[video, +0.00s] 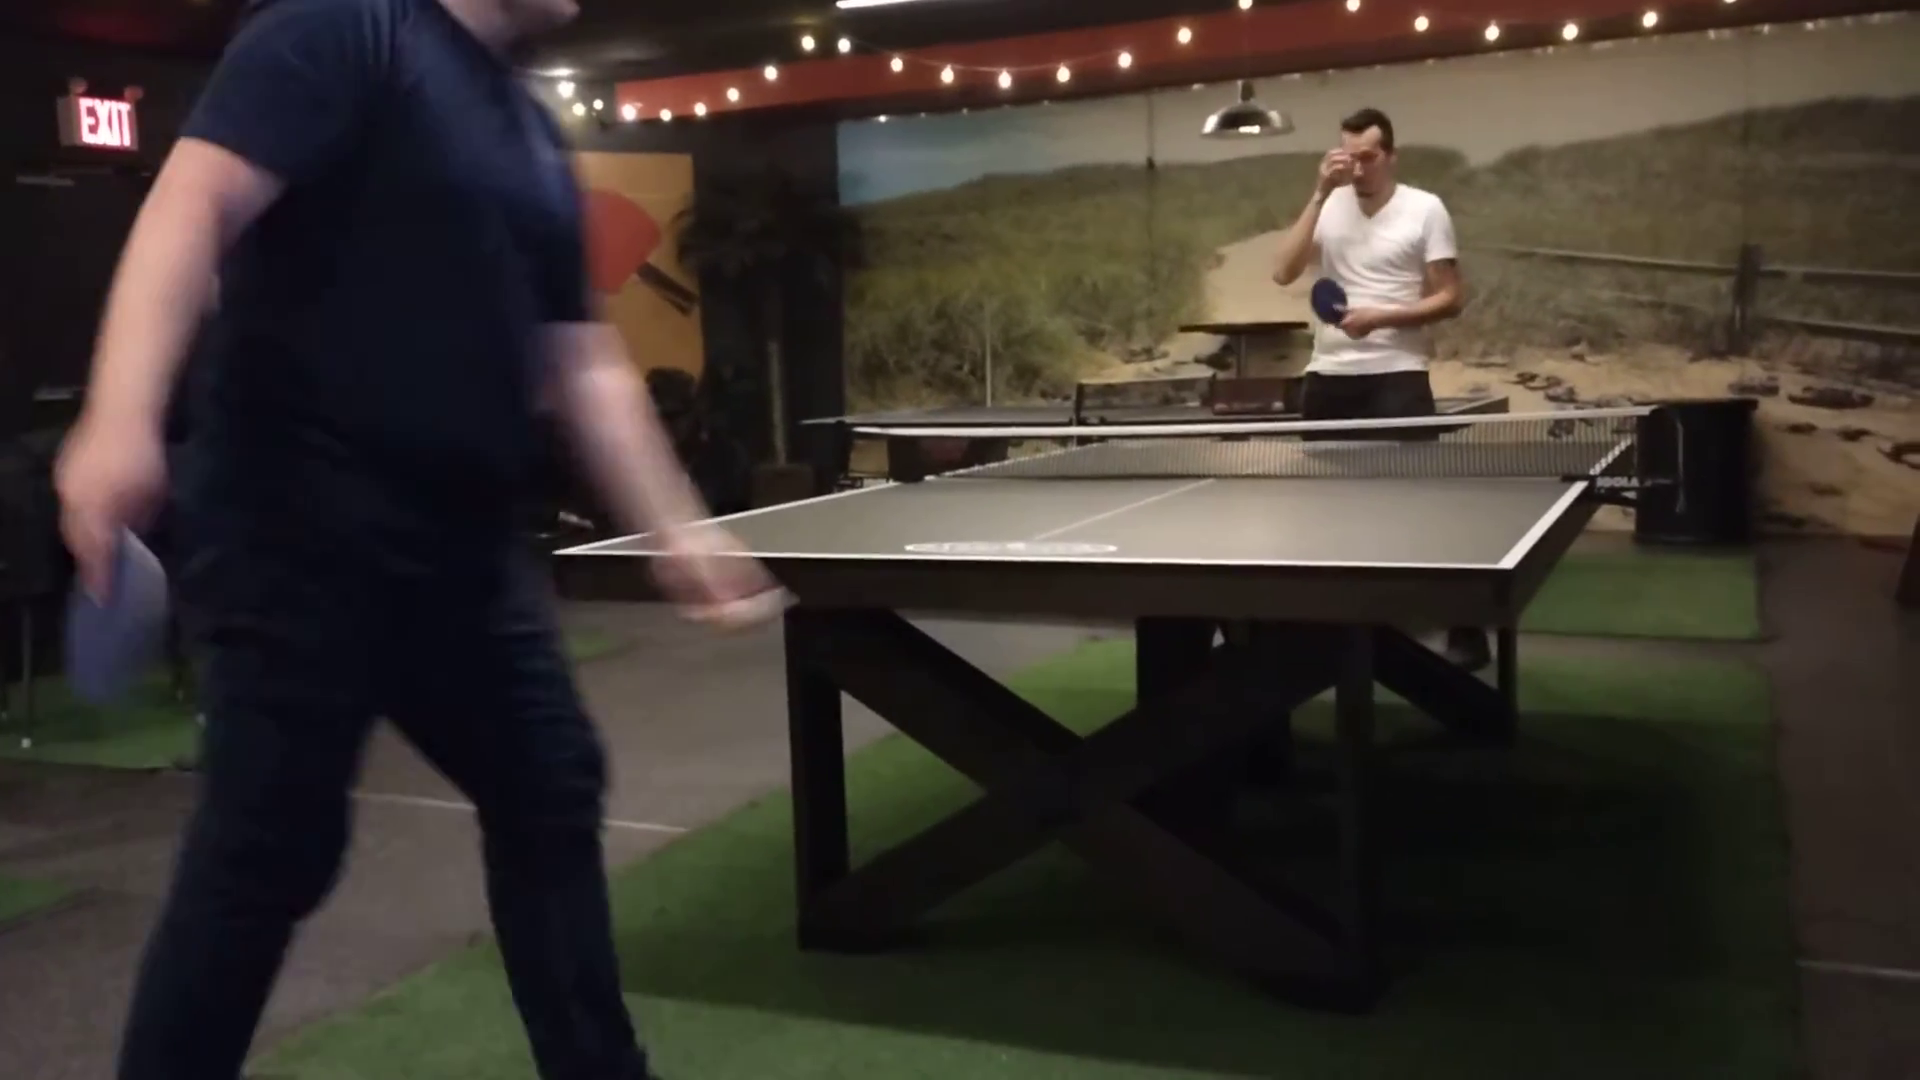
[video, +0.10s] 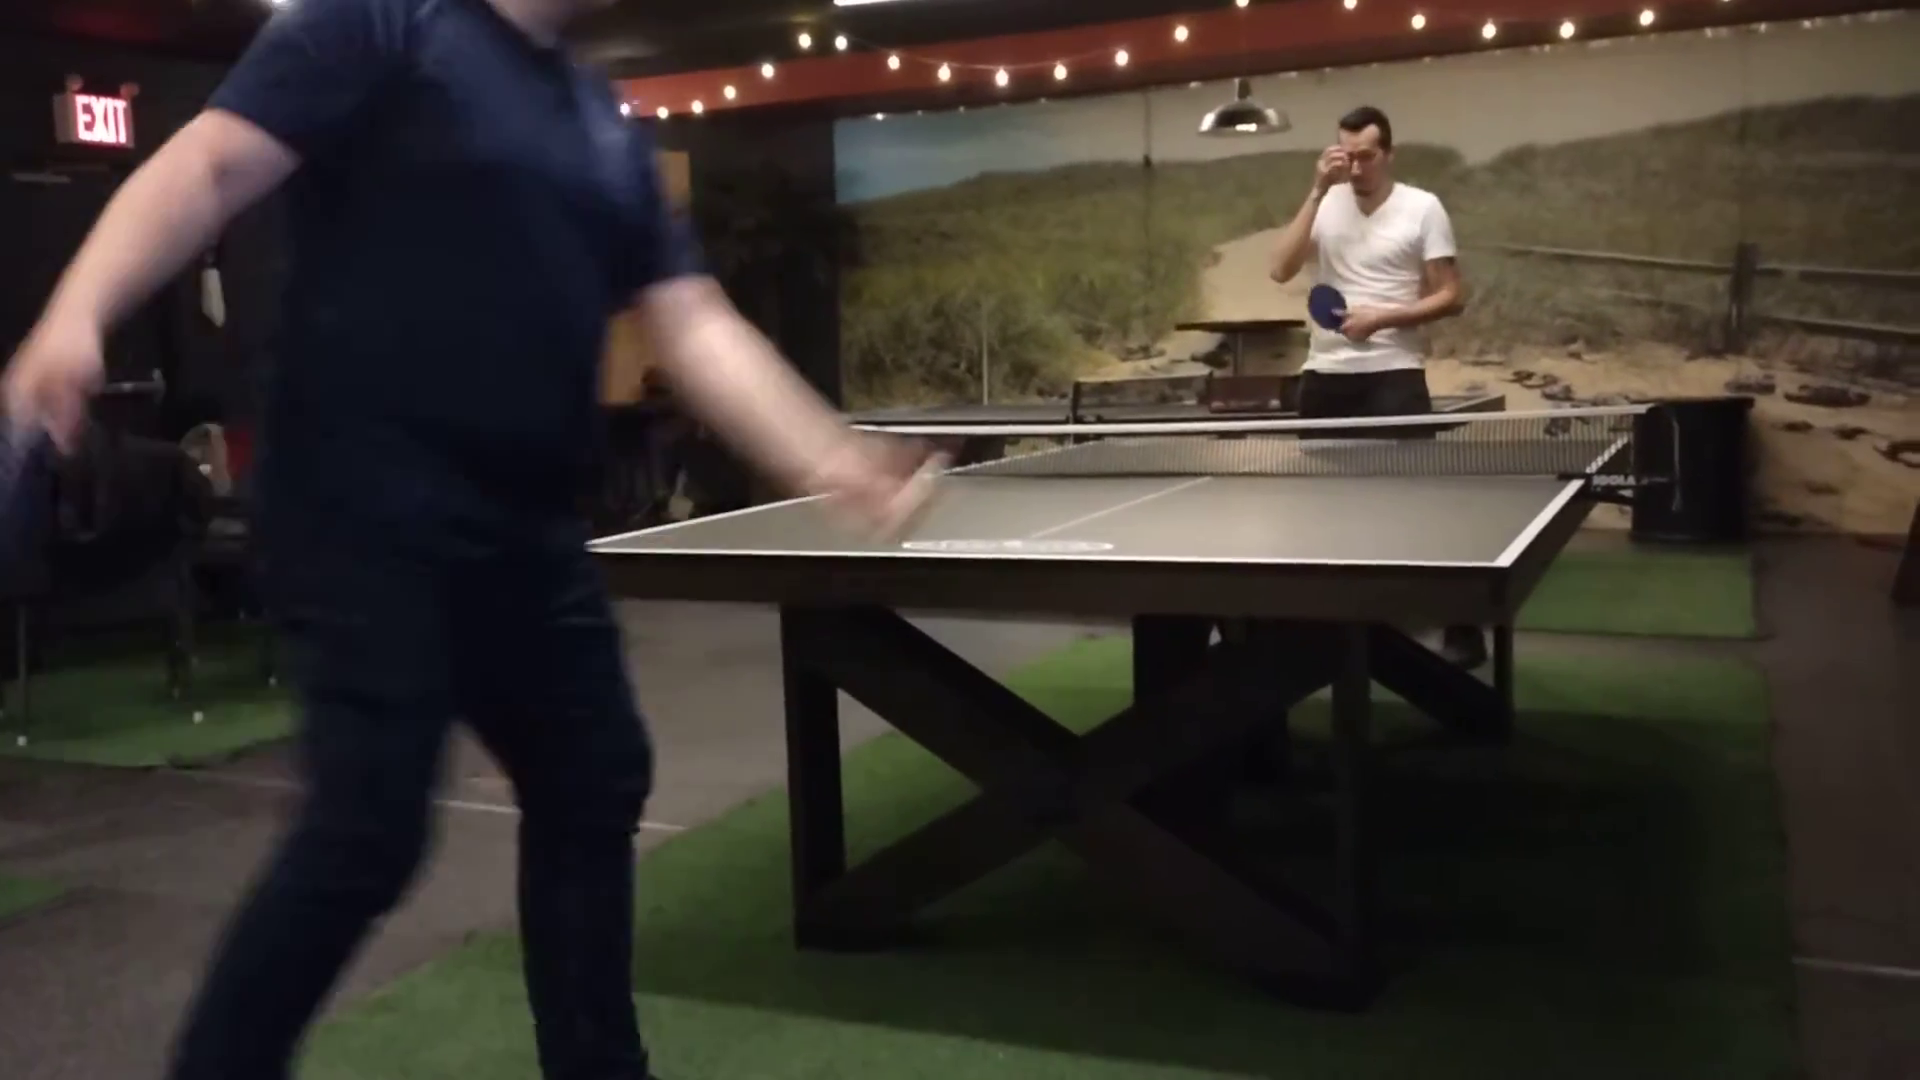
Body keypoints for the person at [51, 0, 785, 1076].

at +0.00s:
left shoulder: (525, 125)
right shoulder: (339, 32)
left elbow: (584, 356)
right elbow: (191, 201)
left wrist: (677, 527)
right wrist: (119, 420)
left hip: (454, 556)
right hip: (289, 541)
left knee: (547, 787)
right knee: (263, 848)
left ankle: (596, 1066)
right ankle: (172, 1066)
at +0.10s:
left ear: (588, 9)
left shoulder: (603, 132)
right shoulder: (379, 26)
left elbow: (693, 321)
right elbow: (211, 163)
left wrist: (833, 457)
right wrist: (75, 311)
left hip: (517, 537)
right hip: (353, 517)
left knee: (590, 782)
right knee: (365, 827)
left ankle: (595, 1063)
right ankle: (218, 1062)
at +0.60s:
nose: (748, 41)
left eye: (742, 21)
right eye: (713, 17)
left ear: (667, 56)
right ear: (626, 50)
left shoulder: (729, 249)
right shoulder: (555, 156)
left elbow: (816, 410)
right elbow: (395, 206)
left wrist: (956, 498)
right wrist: (205, 216)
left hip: (661, 643)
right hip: (556, 633)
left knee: (602, 947)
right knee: (666, 952)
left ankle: (552, 1078)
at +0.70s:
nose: (767, 91)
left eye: (759, 67)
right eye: (735, 65)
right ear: (645, 86)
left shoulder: (697, 261)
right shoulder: (594, 176)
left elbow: (758, 457)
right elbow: (503, 223)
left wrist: (844, 606)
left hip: (659, 680)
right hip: (576, 676)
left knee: (595, 992)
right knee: (674, 995)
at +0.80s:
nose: (781, 140)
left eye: (776, 117)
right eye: (756, 114)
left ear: (668, 127)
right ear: (664, 122)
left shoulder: (662, 247)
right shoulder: (618, 201)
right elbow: (563, 279)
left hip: (638, 691)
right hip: (593, 693)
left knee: (585, 1028)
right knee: (657, 1028)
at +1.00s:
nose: (781, 208)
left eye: (783, 183)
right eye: (772, 178)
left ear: (672, 164)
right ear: (694, 164)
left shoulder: (557, 269)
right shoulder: (688, 248)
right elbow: (835, 431)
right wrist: (1071, 561)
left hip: (509, 751)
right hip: (613, 760)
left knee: (550, 1056)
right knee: (654, 1057)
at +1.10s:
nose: (770, 208)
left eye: (775, 187)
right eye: (773, 185)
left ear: (624, 145)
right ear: (727, 159)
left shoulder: (514, 254)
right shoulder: (754, 244)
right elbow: (908, 472)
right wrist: (970, 613)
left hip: (457, 738)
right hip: (627, 750)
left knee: (509, 1053)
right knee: (650, 1054)